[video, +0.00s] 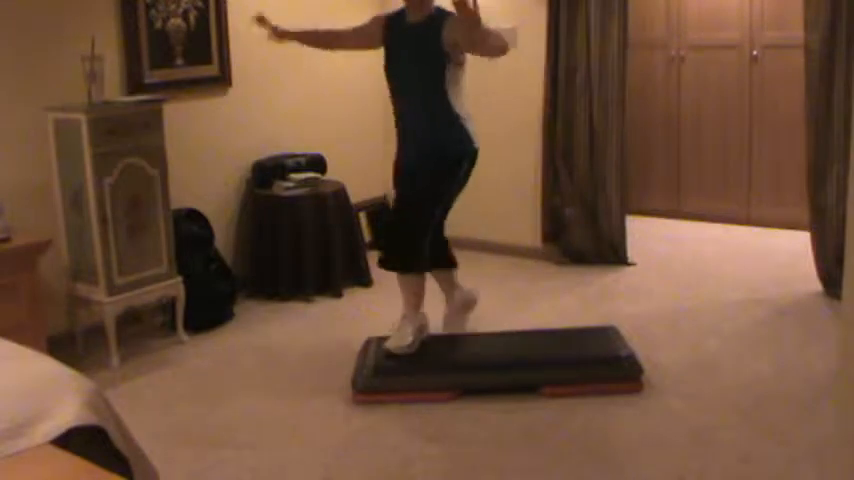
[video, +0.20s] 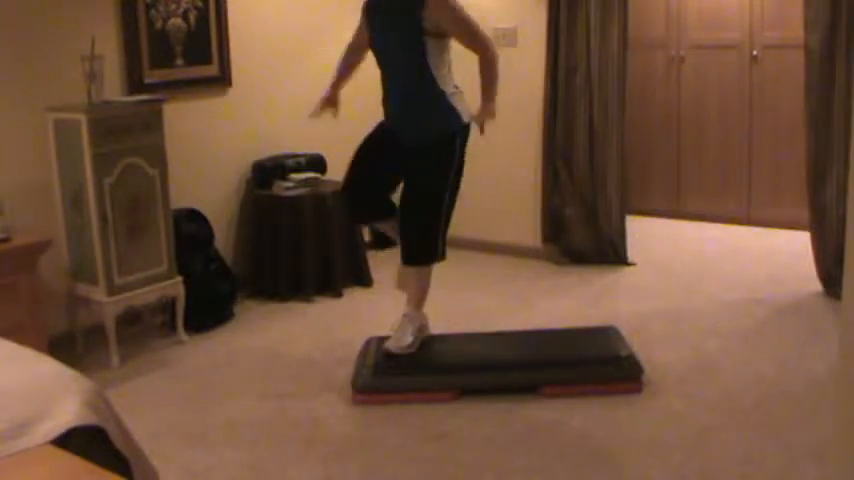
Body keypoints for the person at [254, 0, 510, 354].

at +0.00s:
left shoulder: (448, 24)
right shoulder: (388, 26)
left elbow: (499, 47)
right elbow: (338, 39)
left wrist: (477, 31)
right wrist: (287, 35)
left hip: (450, 148)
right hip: (411, 149)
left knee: (406, 229)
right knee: (423, 228)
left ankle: (413, 319)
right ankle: (456, 295)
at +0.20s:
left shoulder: (434, 7)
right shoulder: (373, 9)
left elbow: (486, 49)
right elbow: (357, 48)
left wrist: (488, 104)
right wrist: (334, 89)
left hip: (441, 128)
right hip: (398, 125)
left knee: (418, 223)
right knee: (360, 193)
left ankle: (413, 317)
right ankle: (410, 241)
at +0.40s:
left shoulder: (428, 17)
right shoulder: (367, 16)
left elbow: (473, 70)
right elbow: (374, 75)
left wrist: (481, 128)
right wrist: (374, 120)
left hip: (434, 137)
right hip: (389, 132)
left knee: (406, 228)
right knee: (345, 168)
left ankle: (413, 319)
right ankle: (386, 221)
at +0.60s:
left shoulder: (436, 7)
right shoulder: (362, 7)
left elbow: (472, 35)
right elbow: (326, 35)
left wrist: (509, 61)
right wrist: (289, 69)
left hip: (425, 128)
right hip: (379, 127)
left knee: (415, 223)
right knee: (367, 216)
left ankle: (414, 316)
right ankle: (386, 270)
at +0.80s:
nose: (404, 7)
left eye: (410, 3)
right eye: (398, 2)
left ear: (419, 3)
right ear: (386, 1)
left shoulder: (434, 32)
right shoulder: (362, 29)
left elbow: (489, 25)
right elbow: (309, 27)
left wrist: (527, 5)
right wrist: (264, 15)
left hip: (425, 149)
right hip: (378, 151)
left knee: (412, 233)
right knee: (382, 237)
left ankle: (415, 318)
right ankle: (385, 312)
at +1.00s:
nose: (433, 5)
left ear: (433, 5)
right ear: (402, 3)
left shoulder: (441, 40)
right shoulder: (371, 41)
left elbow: (484, 55)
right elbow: (323, 59)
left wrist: (524, 60)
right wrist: (291, 72)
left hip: (434, 149)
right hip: (387, 152)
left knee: (447, 226)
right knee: (391, 238)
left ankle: (444, 299)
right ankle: (382, 316)